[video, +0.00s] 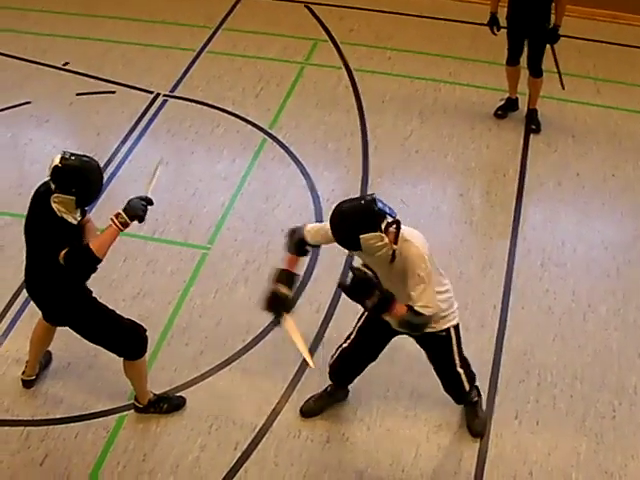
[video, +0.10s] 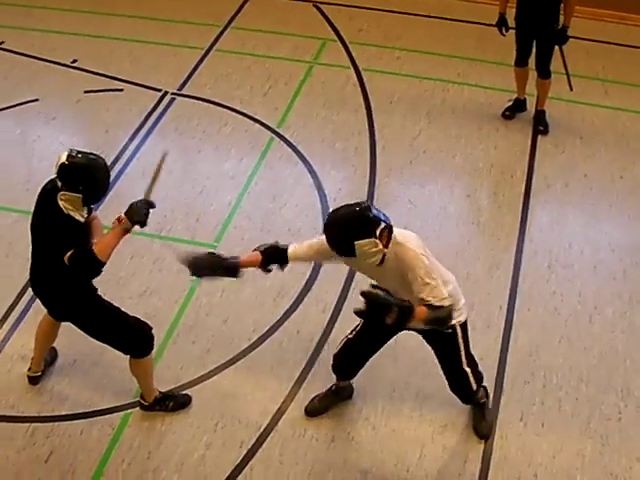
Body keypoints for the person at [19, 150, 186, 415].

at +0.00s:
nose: (90, 197)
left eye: (89, 192)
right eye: (88, 193)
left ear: (60, 180)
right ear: (76, 195)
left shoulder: (45, 193)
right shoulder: (55, 226)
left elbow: (83, 220)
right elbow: (80, 265)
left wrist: (92, 248)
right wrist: (121, 221)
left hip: (38, 282)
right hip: (61, 297)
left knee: (50, 316)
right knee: (133, 338)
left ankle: (30, 370)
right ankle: (144, 399)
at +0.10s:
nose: (96, 195)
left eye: (96, 190)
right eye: (95, 191)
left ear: (67, 178)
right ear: (83, 192)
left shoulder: (52, 190)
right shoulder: (64, 223)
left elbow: (90, 218)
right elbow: (87, 266)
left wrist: (98, 243)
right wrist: (124, 225)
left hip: (43, 280)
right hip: (67, 295)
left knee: (56, 311)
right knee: (139, 336)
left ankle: (36, 366)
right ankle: (150, 397)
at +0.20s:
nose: (94, 191)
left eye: (93, 187)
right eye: (91, 187)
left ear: (65, 177)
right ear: (79, 189)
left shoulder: (55, 191)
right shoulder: (58, 225)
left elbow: (86, 213)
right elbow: (60, 279)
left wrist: (102, 230)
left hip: (56, 284)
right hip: (75, 297)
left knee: (55, 313)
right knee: (148, 334)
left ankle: (28, 365)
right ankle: (156, 397)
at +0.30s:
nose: (89, 191)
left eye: (89, 186)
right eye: (86, 187)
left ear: (60, 182)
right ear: (71, 189)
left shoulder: (59, 196)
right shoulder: (40, 226)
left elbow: (83, 203)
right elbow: (9, 279)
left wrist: (100, 208)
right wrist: (44, 276)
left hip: (68, 292)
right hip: (83, 302)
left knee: (53, 325)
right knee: (156, 333)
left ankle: (20, 368)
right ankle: (161, 396)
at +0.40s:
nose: (92, 198)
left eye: (93, 193)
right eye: (89, 194)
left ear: (67, 183)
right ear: (74, 194)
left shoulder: (56, 195)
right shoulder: (48, 231)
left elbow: (83, 198)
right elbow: (20, 286)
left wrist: (106, 202)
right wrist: (50, 280)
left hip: (69, 293)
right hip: (87, 304)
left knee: (62, 321)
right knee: (160, 333)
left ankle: (28, 367)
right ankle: (167, 396)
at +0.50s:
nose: (106, 197)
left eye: (106, 193)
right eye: (103, 193)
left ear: (79, 182)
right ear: (88, 193)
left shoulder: (64, 194)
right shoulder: (66, 230)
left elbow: (96, 201)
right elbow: (61, 289)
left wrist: (123, 201)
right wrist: (101, 271)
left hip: (80, 290)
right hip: (93, 300)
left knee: (64, 324)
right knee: (167, 333)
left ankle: (32, 367)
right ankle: (173, 398)